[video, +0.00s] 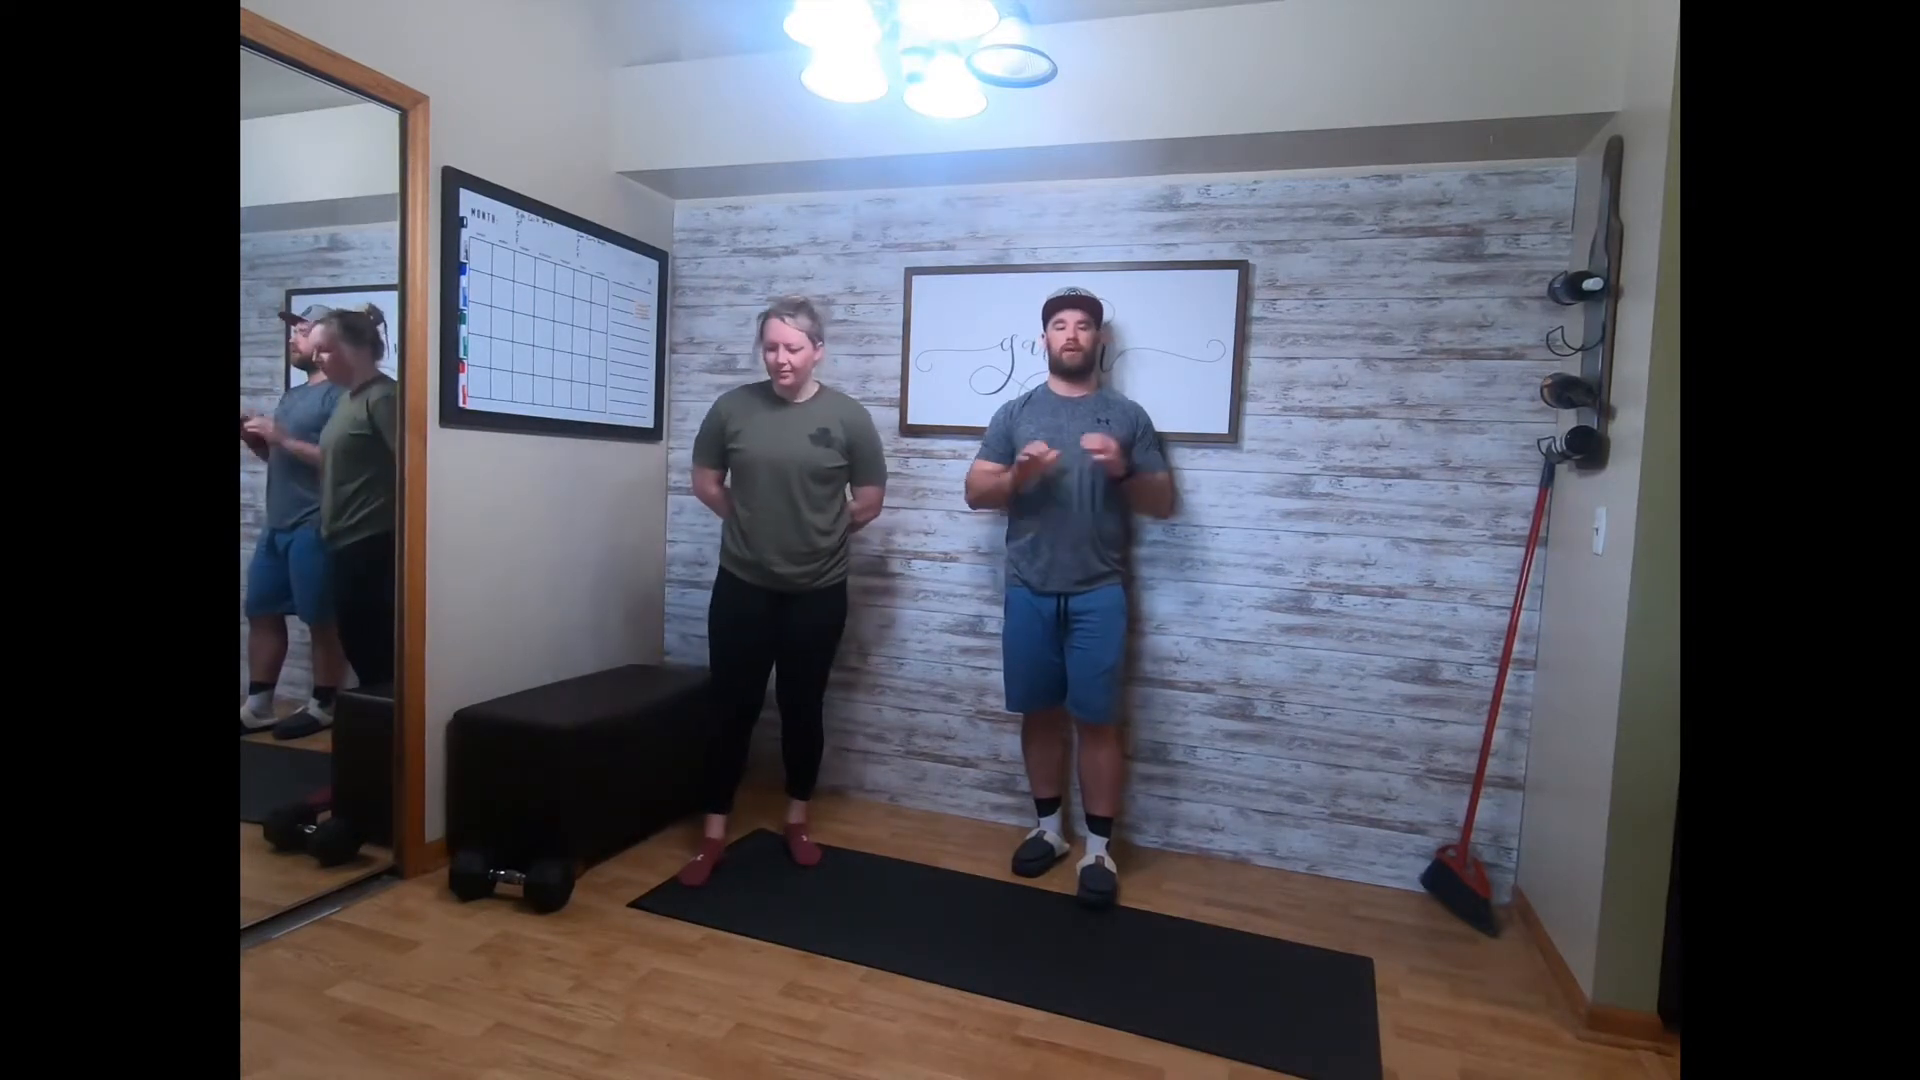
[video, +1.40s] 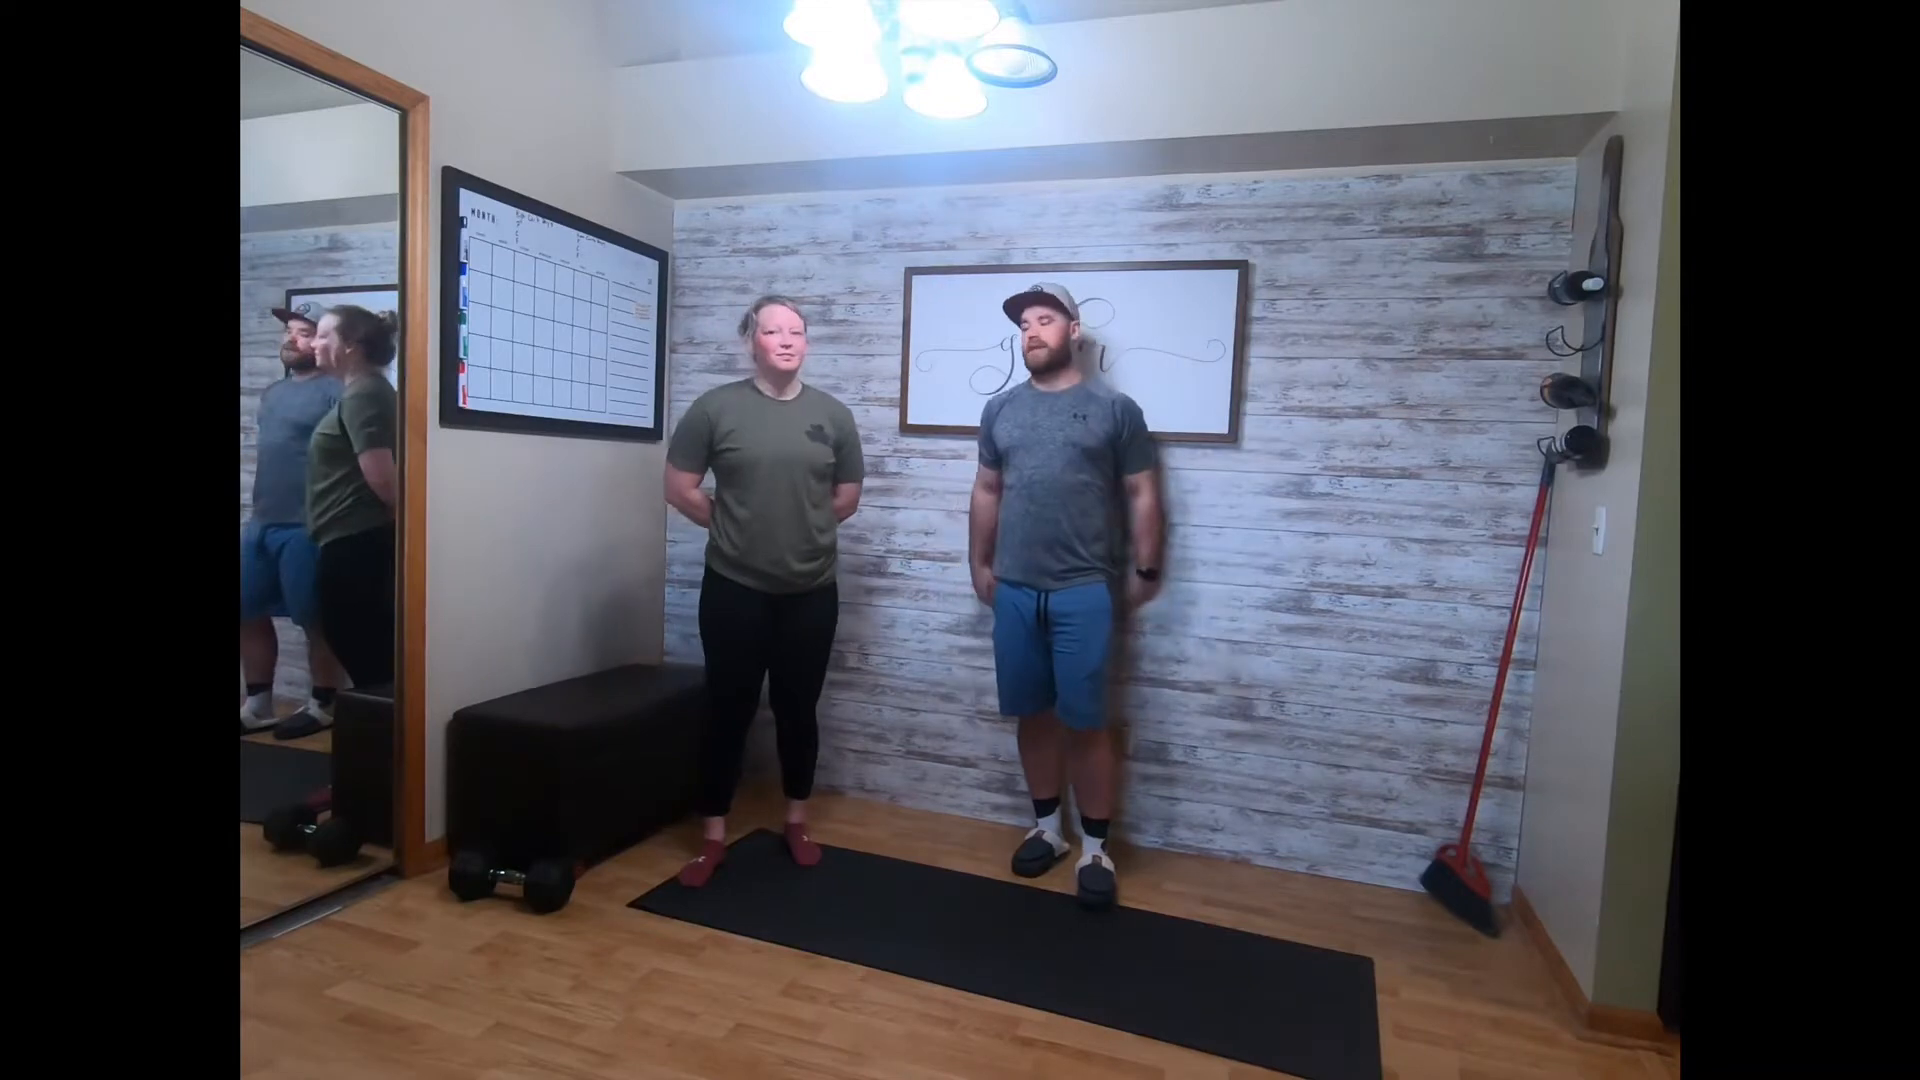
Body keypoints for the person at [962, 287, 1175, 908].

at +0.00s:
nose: (1070, 334)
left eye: (1082, 326)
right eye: (1059, 326)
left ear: (1099, 341)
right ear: (1044, 340)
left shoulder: (1126, 417)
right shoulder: (1015, 413)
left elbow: (1161, 502)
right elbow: (977, 491)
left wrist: (1124, 471)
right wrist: (1018, 476)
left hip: (1098, 584)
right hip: (1029, 584)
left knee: (1095, 716)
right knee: (1039, 711)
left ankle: (1098, 851)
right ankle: (1048, 830)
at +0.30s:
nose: (1070, 334)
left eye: (1082, 326)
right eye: (1060, 326)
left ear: (1099, 341)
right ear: (1044, 339)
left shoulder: (1124, 413)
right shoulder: (1016, 410)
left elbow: (1181, 481)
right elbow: (952, 471)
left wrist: (1187, 417)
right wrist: (962, 411)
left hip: (1096, 583)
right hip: (1026, 582)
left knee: (1095, 717)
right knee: (1037, 711)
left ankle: (1097, 851)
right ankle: (1048, 831)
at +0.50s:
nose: (1072, 337)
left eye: (1083, 328)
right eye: (1061, 328)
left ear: (1099, 342)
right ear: (1045, 342)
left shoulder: (1126, 403)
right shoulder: (1014, 398)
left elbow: (1206, 400)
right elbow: (934, 397)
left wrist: (1214, 322)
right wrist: (940, 322)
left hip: (1094, 584)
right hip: (1024, 582)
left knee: (1095, 716)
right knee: (1036, 711)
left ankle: (1098, 851)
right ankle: (1047, 832)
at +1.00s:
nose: (1064, 336)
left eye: (1076, 327)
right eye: (1053, 328)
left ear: (1093, 339)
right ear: (1038, 340)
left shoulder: (1122, 408)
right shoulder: (1012, 404)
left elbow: (1199, 440)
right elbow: (937, 443)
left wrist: (1185, 376)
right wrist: (942, 378)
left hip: (1094, 579)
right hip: (1024, 577)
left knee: (1093, 715)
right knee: (1036, 709)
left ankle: (1097, 851)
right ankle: (1048, 831)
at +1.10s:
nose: (1057, 337)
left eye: (1069, 327)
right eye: (1046, 328)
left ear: (1088, 337)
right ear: (1033, 339)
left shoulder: (1116, 410)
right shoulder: (1008, 408)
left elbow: (1175, 481)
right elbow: (976, 480)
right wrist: (948, 471)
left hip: (1092, 581)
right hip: (1023, 580)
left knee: (1094, 716)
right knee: (1036, 710)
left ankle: (1098, 851)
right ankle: (1048, 830)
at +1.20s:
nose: (1049, 338)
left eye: (1062, 327)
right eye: (1038, 329)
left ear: (1083, 337)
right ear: (1028, 339)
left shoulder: (1115, 411)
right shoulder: (1008, 411)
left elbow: (1149, 490)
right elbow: (986, 490)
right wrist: (950, 550)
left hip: (1089, 583)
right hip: (1020, 582)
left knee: (1091, 716)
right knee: (1033, 710)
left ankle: (1098, 850)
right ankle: (1047, 829)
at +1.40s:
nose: (1030, 333)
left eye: (1042, 323)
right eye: (1024, 327)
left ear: (1072, 331)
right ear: (1020, 339)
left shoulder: (1114, 408)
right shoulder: (1002, 408)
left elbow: (1143, 492)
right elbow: (986, 489)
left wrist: (1146, 570)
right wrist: (980, 563)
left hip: (1087, 581)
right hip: (1014, 580)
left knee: (1086, 717)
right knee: (1031, 711)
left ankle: (1094, 850)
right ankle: (1047, 829)